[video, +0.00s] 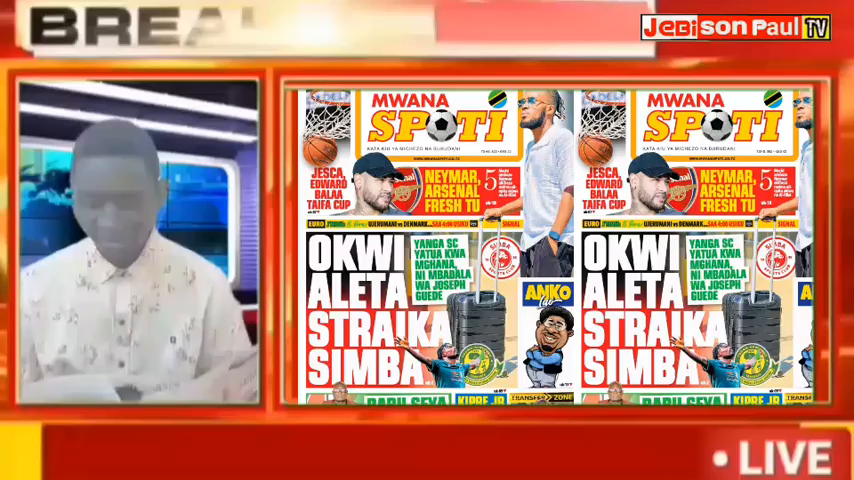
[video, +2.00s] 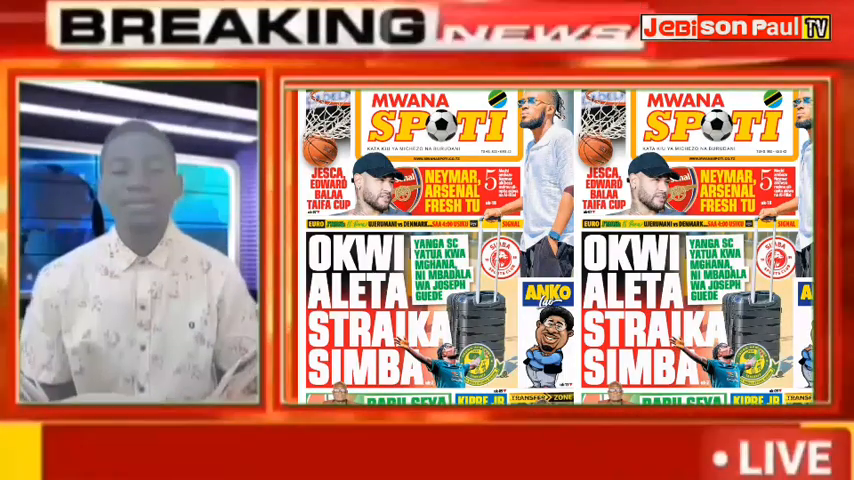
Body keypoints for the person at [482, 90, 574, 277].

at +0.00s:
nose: (523, 107)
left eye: (531, 101)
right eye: (522, 103)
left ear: (549, 110)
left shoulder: (563, 138)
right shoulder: (531, 147)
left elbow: (571, 192)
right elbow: (532, 196)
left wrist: (553, 238)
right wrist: (501, 211)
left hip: (552, 242)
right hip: (530, 243)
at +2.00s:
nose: (523, 107)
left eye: (531, 101)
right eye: (522, 103)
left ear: (549, 110)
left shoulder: (563, 138)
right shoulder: (531, 147)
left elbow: (571, 192)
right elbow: (532, 196)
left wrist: (553, 238)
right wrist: (502, 211)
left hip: (552, 242)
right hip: (530, 243)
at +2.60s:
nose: (523, 107)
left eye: (531, 101)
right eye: (522, 103)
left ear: (549, 110)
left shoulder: (563, 138)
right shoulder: (531, 147)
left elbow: (571, 192)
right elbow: (532, 196)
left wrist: (553, 238)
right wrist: (502, 211)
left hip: (552, 242)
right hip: (530, 243)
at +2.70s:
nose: (523, 107)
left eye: (531, 101)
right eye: (522, 103)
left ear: (549, 110)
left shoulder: (563, 138)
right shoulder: (531, 147)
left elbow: (571, 192)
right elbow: (532, 196)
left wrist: (553, 238)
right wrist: (502, 211)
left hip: (552, 242)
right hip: (530, 243)